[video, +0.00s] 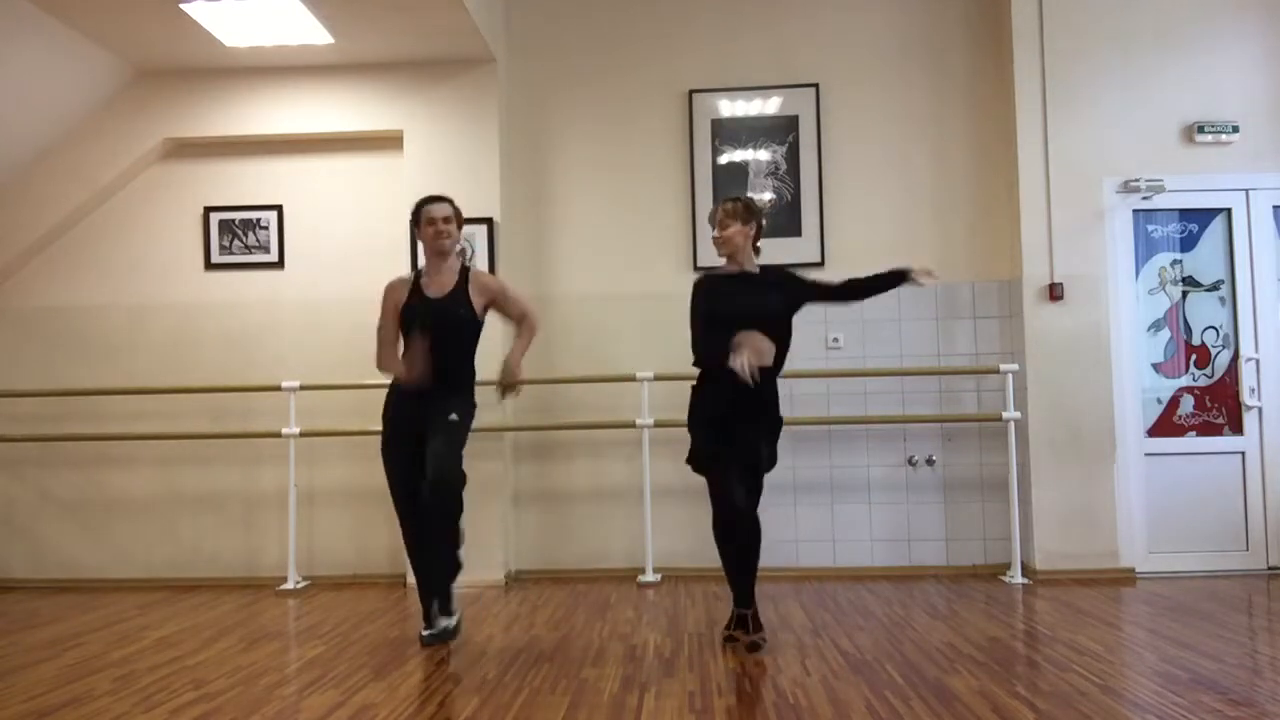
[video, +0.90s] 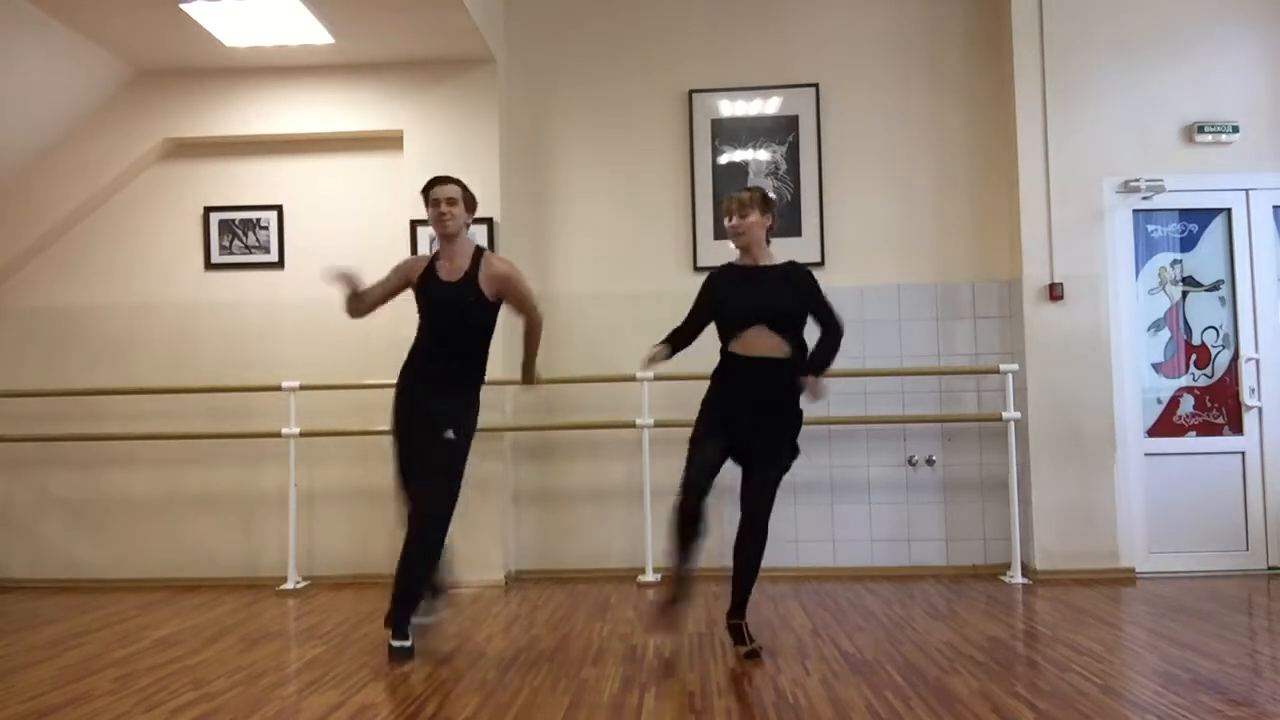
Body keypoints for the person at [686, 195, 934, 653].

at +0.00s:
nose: (718, 232)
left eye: (727, 225)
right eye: (716, 226)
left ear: (752, 230)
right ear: (716, 233)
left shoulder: (782, 283)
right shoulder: (707, 286)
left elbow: (844, 291)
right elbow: (701, 349)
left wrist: (902, 275)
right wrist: (734, 345)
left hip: (758, 410)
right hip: (712, 408)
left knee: (743, 508)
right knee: (727, 507)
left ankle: (744, 609)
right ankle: (744, 609)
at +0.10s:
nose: (718, 229)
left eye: (726, 221)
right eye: (714, 223)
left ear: (750, 224)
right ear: (711, 231)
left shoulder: (779, 278)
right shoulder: (707, 284)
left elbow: (824, 327)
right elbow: (691, 343)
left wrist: (853, 284)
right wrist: (687, 369)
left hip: (762, 396)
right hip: (717, 396)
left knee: (748, 507)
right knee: (721, 506)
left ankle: (748, 612)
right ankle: (732, 606)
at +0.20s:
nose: (714, 217)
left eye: (722, 209)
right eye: (711, 211)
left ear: (749, 213)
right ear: (713, 219)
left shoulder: (777, 264)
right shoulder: (705, 268)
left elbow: (804, 323)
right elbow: (683, 323)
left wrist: (817, 290)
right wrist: (666, 373)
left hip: (766, 380)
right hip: (718, 380)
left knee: (756, 496)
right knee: (716, 461)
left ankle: (751, 609)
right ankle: (726, 539)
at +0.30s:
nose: (717, 222)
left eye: (725, 214)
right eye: (713, 215)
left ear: (750, 216)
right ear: (711, 222)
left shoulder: (773, 270)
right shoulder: (705, 273)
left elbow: (787, 328)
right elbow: (682, 328)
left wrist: (774, 305)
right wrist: (662, 383)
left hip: (766, 379)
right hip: (721, 377)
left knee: (756, 499)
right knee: (727, 433)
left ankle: (752, 614)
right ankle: (728, 524)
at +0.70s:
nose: (732, 227)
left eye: (741, 218)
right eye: (729, 220)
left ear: (766, 222)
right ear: (727, 227)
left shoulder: (791, 275)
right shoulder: (724, 281)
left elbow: (783, 339)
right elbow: (686, 332)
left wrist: (741, 304)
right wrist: (642, 374)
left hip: (767, 398)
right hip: (718, 390)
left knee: (761, 514)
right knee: (688, 450)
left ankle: (742, 616)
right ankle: (672, 518)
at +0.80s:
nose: (732, 230)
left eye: (741, 221)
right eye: (728, 222)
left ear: (766, 224)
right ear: (726, 229)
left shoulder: (796, 280)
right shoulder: (723, 285)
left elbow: (816, 344)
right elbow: (689, 333)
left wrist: (782, 363)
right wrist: (645, 363)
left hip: (776, 415)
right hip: (724, 406)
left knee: (762, 516)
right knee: (681, 492)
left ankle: (739, 618)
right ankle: (624, 583)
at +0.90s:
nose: (734, 222)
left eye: (743, 214)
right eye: (730, 215)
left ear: (767, 220)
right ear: (727, 225)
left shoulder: (796, 276)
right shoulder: (720, 280)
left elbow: (833, 329)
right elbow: (691, 327)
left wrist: (813, 370)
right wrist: (663, 350)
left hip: (779, 396)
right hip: (728, 392)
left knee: (756, 512)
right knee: (691, 489)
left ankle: (737, 616)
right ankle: (680, 580)